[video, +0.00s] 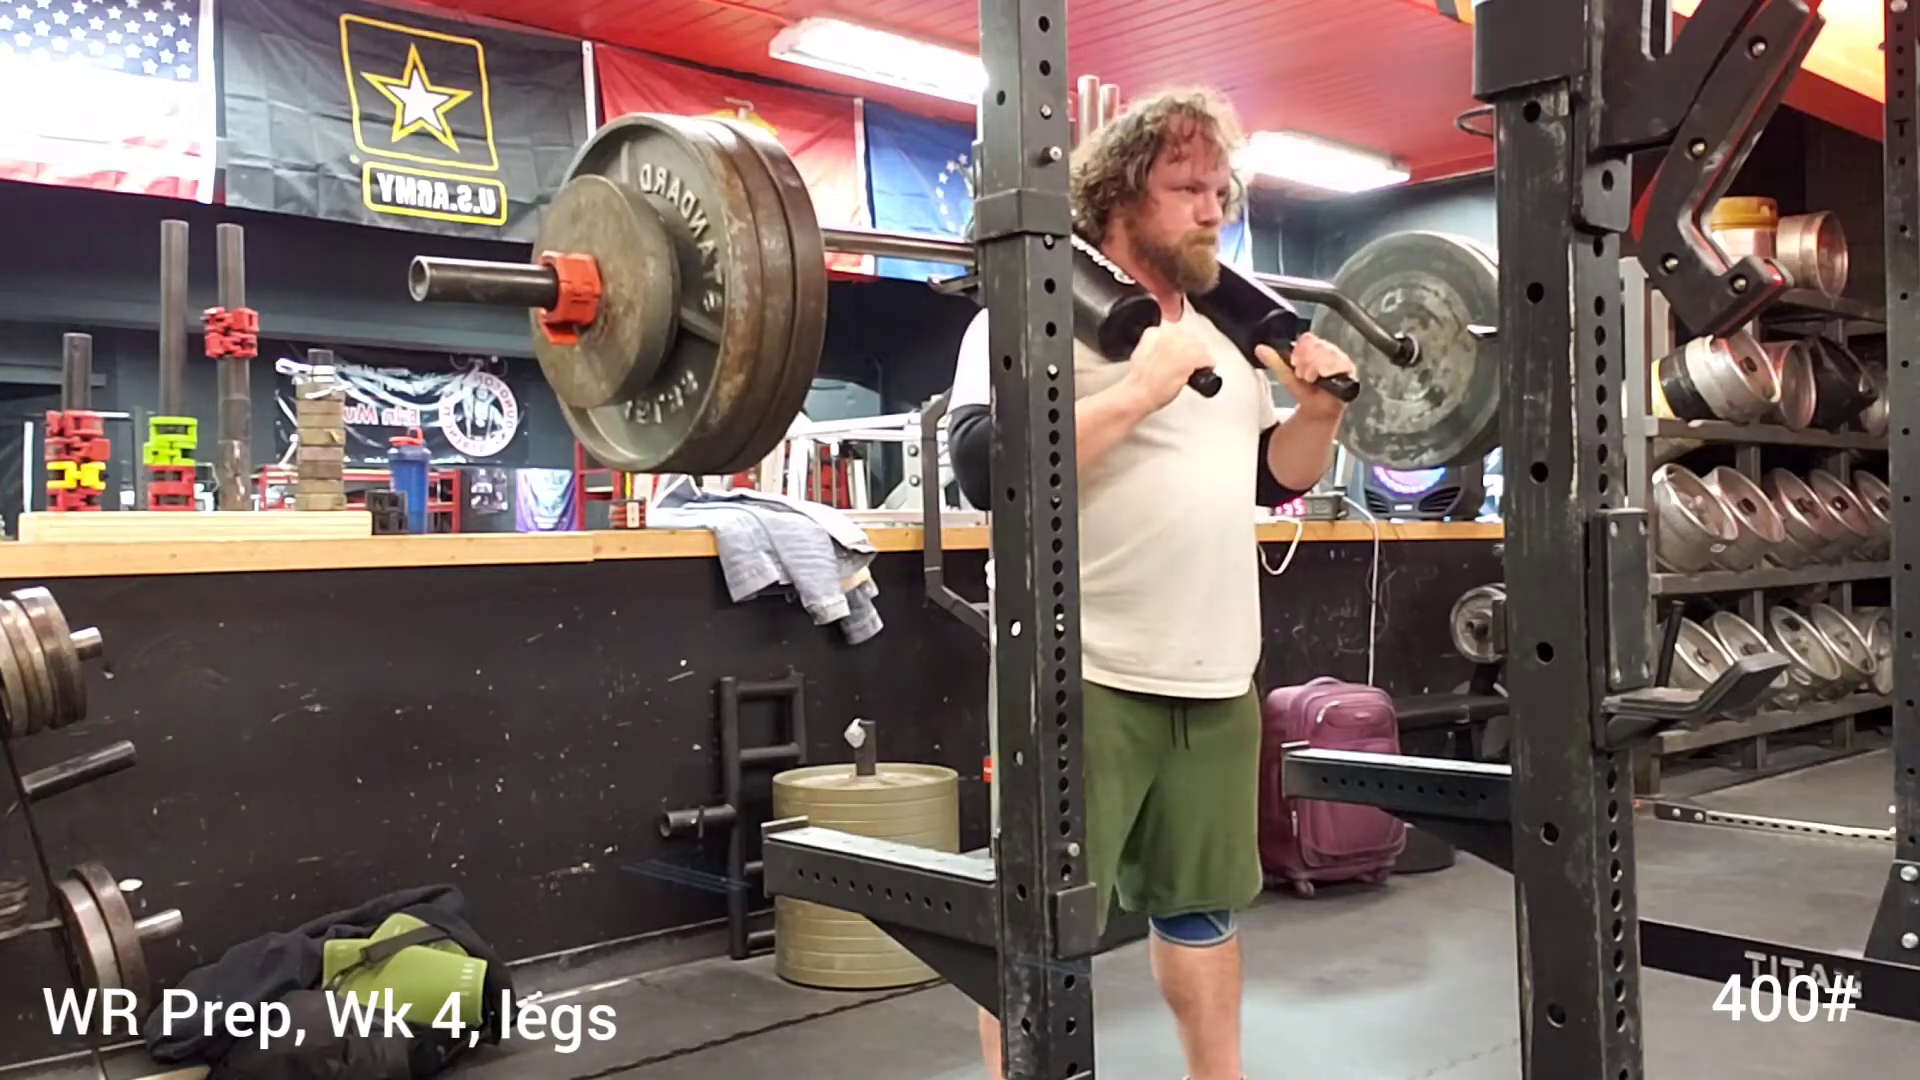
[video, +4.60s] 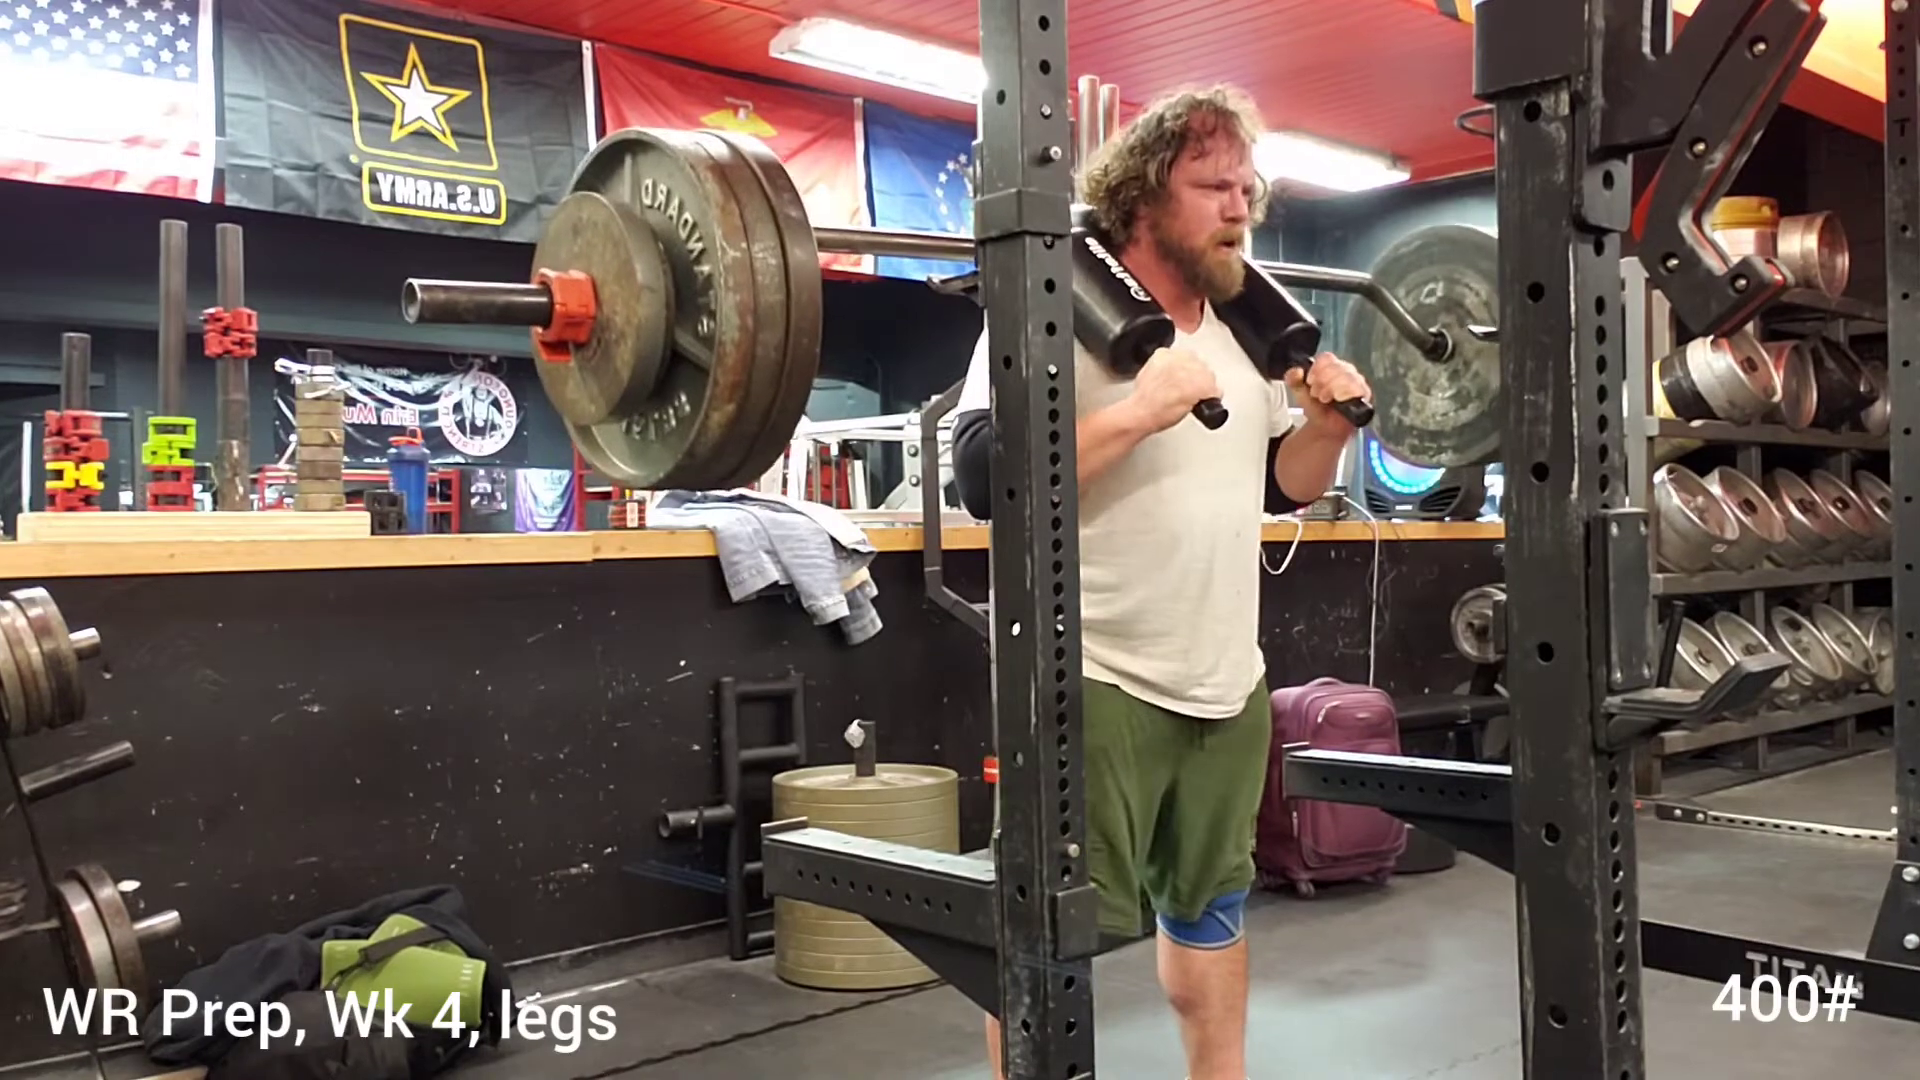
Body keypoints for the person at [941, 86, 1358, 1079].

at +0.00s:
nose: (1215, 207)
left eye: (1221, 187)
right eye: (1190, 185)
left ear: (1224, 199)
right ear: (1121, 191)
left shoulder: (1228, 331)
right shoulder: (1031, 312)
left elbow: (1283, 474)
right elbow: (986, 468)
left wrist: (1321, 401)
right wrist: (1131, 396)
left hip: (1217, 680)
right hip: (1082, 677)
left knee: (1201, 917)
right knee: (1044, 927)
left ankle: (1218, 1075)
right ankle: (1015, 1071)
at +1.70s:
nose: (1236, 321)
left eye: (1242, 299)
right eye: (1211, 299)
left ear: (1250, 303)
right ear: (1142, 310)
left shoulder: (1244, 416)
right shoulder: (1058, 409)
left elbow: (1290, 588)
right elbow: (1012, 597)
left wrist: (1332, 527)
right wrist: (1148, 535)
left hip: (1189, 731)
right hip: (1056, 732)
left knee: (1285, 899)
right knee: (1051, 949)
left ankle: (1230, 1074)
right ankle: (1018, 1073)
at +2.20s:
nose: (1248, 441)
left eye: (1256, 421)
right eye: (1222, 422)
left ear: (1267, 426)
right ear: (1151, 434)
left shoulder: (1260, 528)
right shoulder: (1060, 536)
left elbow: (1306, 704)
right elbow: (1030, 733)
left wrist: (1346, 646)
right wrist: (1161, 676)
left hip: (1177, 787)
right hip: (1030, 792)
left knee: (1304, 904)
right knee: (1067, 942)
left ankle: (1232, 1074)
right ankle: (1016, 1068)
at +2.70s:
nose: (1272, 592)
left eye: (1277, 569)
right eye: (1244, 572)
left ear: (1288, 564)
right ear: (1174, 578)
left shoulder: (1275, 661)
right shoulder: (1084, 673)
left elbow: (1332, 832)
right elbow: (1028, 857)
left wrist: (1361, 782)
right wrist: (1175, 830)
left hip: (1222, 898)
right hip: (1096, 911)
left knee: (1354, 925)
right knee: (1082, 984)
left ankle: (1239, 1075)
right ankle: (1023, 1069)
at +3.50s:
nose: (1263, 450)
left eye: (1272, 433)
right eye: (1238, 432)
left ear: (1284, 441)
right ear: (1170, 444)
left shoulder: (1269, 540)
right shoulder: (1077, 540)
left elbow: (1326, 715)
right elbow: (1035, 731)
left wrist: (1354, 658)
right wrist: (1172, 682)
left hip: (1184, 792)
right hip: (1038, 800)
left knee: (1316, 906)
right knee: (1084, 952)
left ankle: (1236, 1073)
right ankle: (1021, 1068)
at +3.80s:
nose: (1250, 334)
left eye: (1261, 318)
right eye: (1226, 314)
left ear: (1269, 336)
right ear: (1162, 324)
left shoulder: (1259, 438)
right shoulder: (1068, 426)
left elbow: (1310, 617)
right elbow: (1006, 614)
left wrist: (1341, 552)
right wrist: (1159, 564)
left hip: (1203, 743)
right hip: (1068, 746)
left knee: (1304, 904)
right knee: (1066, 954)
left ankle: (1236, 1074)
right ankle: (1011, 1069)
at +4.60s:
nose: (1242, 207)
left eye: (1247, 186)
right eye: (1217, 184)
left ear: (1249, 195)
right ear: (1147, 191)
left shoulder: (1246, 323)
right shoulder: (1051, 297)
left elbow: (1286, 485)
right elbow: (983, 475)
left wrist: (1329, 422)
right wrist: (1134, 413)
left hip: (1227, 681)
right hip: (1096, 677)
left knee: (1209, 923)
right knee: (1053, 936)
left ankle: (1219, 1073)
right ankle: (1026, 1072)